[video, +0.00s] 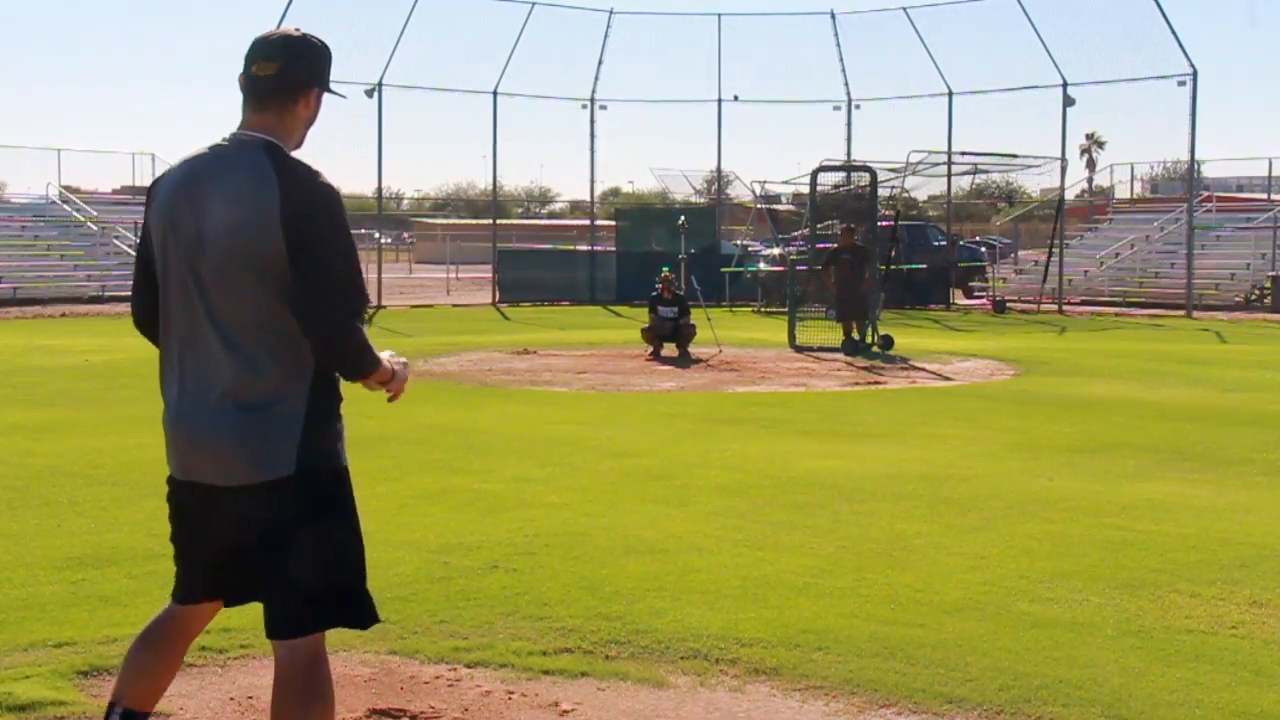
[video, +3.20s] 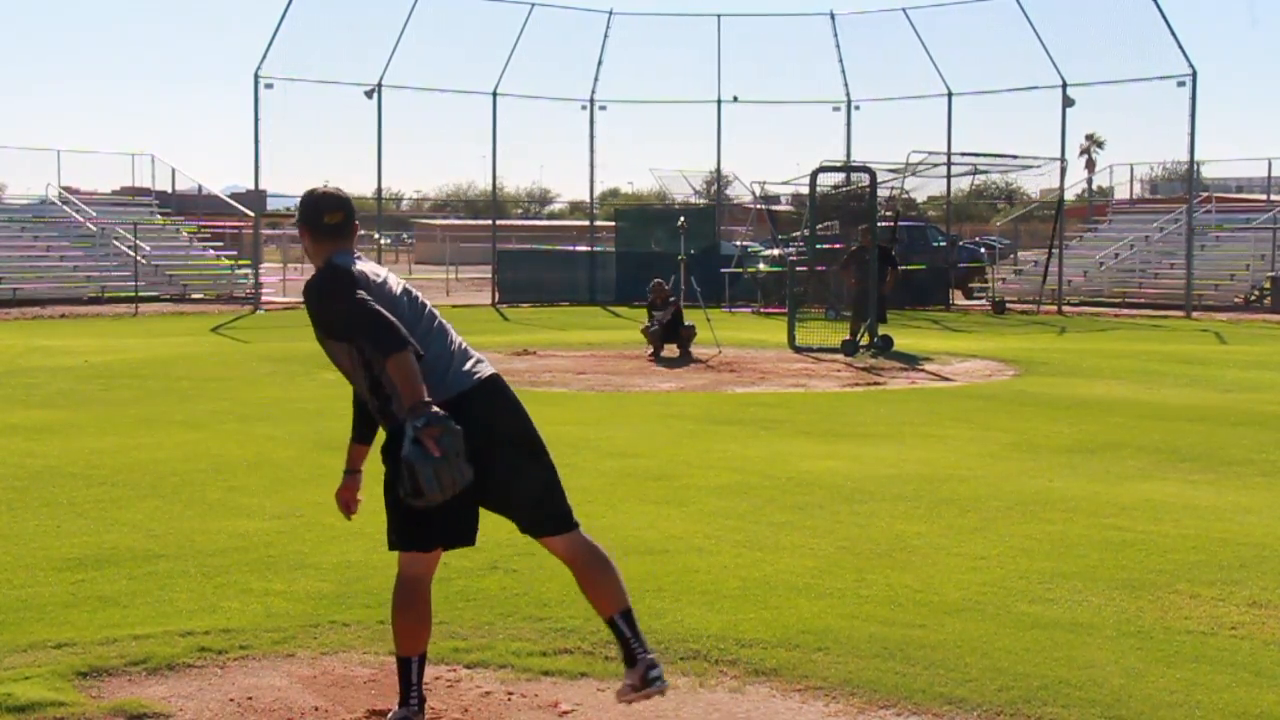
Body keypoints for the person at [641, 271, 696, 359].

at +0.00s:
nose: (667, 286)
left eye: (670, 282)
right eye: (665, 282)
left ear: (674, 284)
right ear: (661, 284)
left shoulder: (680, 298)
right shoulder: (654, 298)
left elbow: (686, 318)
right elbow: (652, 317)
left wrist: (673, 323)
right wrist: (663, 324)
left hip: (676, 327)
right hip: (660, 327)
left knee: (690, 329)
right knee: (646, 331)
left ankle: (683, 349)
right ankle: (656, 348)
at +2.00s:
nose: (667, 286)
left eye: (670, 283)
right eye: (664, 284)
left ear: (673, 285)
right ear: (661, 285)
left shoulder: (680, 299)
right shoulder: (654, 299)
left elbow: (685, 319)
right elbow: (651, 318)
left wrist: (674, 325)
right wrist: (663, 325)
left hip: (676, 328)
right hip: (660, 329)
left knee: (689, 329)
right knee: (645, 333)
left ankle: (682, 349)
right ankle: (656, 347)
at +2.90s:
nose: (667, 286)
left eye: (669, 283)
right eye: (664, 284)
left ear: (673, 284)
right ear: (660, 285)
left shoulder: (679, 299)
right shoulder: (654, 299)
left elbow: (685, 317)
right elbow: (649, 314)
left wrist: (675, 317)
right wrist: (652, 320)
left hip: (675, 325)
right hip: (660, 325)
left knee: (688, 330)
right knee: (648, 331)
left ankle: (683, 349)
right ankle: (656, 348)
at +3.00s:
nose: (664, 288)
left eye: (666, 285)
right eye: (661, 285)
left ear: (670, 286)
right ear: (658, 286)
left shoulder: (676, 299)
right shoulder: (653, 300)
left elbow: (682, 313)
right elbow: (649, 316)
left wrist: (672, 312)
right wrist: (648, 322)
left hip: (675, 324)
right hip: (660, 324)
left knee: (689, 330)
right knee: (649, 330)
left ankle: (683, 349)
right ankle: (656, 348)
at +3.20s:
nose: (658, 294)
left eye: (660, 291)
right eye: (655, 292)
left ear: (665, 291)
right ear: (651, 293)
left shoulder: (673, 302)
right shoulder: (651, 305)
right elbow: (651, 319)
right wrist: (653, 323)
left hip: (674, 330)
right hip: (660, 330)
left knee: (689, 329)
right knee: (651, 331)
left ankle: (684, 350)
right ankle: (656, 349)